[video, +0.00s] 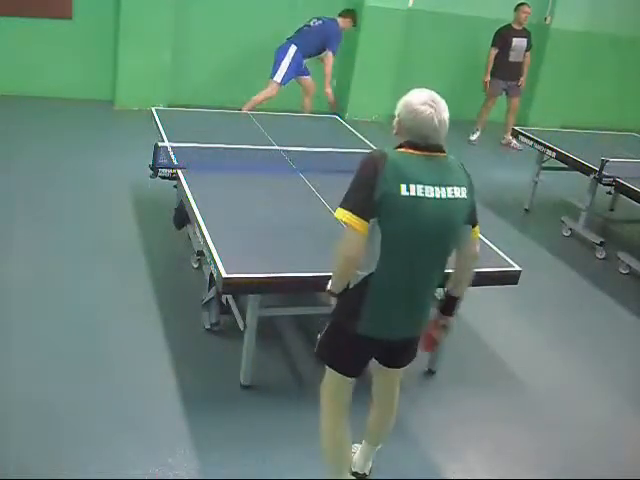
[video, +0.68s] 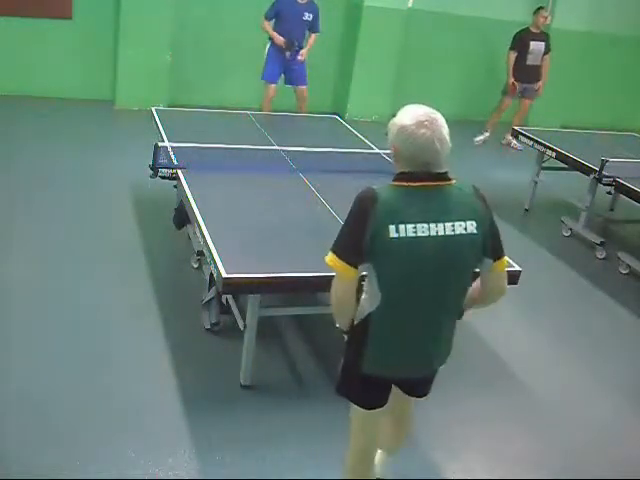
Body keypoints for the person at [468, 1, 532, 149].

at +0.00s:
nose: (526, 17)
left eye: (528, 14)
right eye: (524, 13)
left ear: (529, 16)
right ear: (516, 13)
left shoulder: (527, 35)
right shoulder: (502, 31)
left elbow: (526, 56)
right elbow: (492, 53)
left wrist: (523, 76)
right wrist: (487, 75)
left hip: (515, 77)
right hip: (498, 76)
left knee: (513, 107)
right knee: (488, 104)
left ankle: (508, 136)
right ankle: (477, 129)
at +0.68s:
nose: (545, 20)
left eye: (547, 18)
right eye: (543, 17)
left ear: (547, 20)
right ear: (535, 17)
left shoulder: (545, 37)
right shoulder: (521, 34)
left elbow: (545, 59)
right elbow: (512, 56)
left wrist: (542, 80)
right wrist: (510, 77)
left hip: (533, 80)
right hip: (517, 79)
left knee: (524, 109)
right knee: (503, 106)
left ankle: (510, 136)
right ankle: (487, 131)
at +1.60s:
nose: (557, 24)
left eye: (559, 21)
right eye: (554, 21)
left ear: (560, 23)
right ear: (546, 22)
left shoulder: (556, 41)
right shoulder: (536, 40)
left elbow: (557, 62)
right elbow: (531, 64)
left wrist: (558, 79)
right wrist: (551, 78)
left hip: (547, 84)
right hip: (532, 84)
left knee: (544, 117)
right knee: (530, 118)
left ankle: (540, 148)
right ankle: (519, 145)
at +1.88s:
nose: (563, 25)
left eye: (565, 22)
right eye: (560, 22)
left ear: (566, 25)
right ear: (552, 24)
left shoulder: (564, 43)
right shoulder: (540, 43)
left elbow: (564, 64)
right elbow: (535, 68)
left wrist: (563, 81)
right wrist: (553, 82)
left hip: (553, 85)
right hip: (537, 85)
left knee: (552, 120)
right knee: (529, 116)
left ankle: (547, 151)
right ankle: (519, 144)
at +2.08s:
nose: (571, 30)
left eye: (573, 27)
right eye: (569, 26)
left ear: (574, 28)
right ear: (561, 27)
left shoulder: (574, 47)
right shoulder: (548, 44)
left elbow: (576, 68)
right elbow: (537, 66)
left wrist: (575, 89)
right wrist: (548, 83)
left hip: (562, 91)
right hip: (544, 89)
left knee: (558, 126)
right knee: (533, 121)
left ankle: (549, 154)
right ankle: (522, 144)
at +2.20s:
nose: (575, 35)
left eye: (578, 32)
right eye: (573, 32)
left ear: (580, 32)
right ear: (566, 30)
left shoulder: (579, 48)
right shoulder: (550, 45)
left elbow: (582, 69)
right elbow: (539, 66)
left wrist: (580, 90)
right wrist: (548, 82)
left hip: (566, 92)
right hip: (548, 90)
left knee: (559, 127)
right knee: (538, 122)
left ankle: (549, 155)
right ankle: (522, 144)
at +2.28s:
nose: (577, 34)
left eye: (579, 31)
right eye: (575, 31)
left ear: (581, 32)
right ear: (567, 29)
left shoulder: (581, 49)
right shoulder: (551, 46)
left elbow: (584, 70)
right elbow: (541, 66)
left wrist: (581, 91)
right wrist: (549, 82)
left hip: (567, 93)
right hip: (549, 90)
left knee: (560, 127)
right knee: (539, 123)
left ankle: (549, 155)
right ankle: (526, 146)